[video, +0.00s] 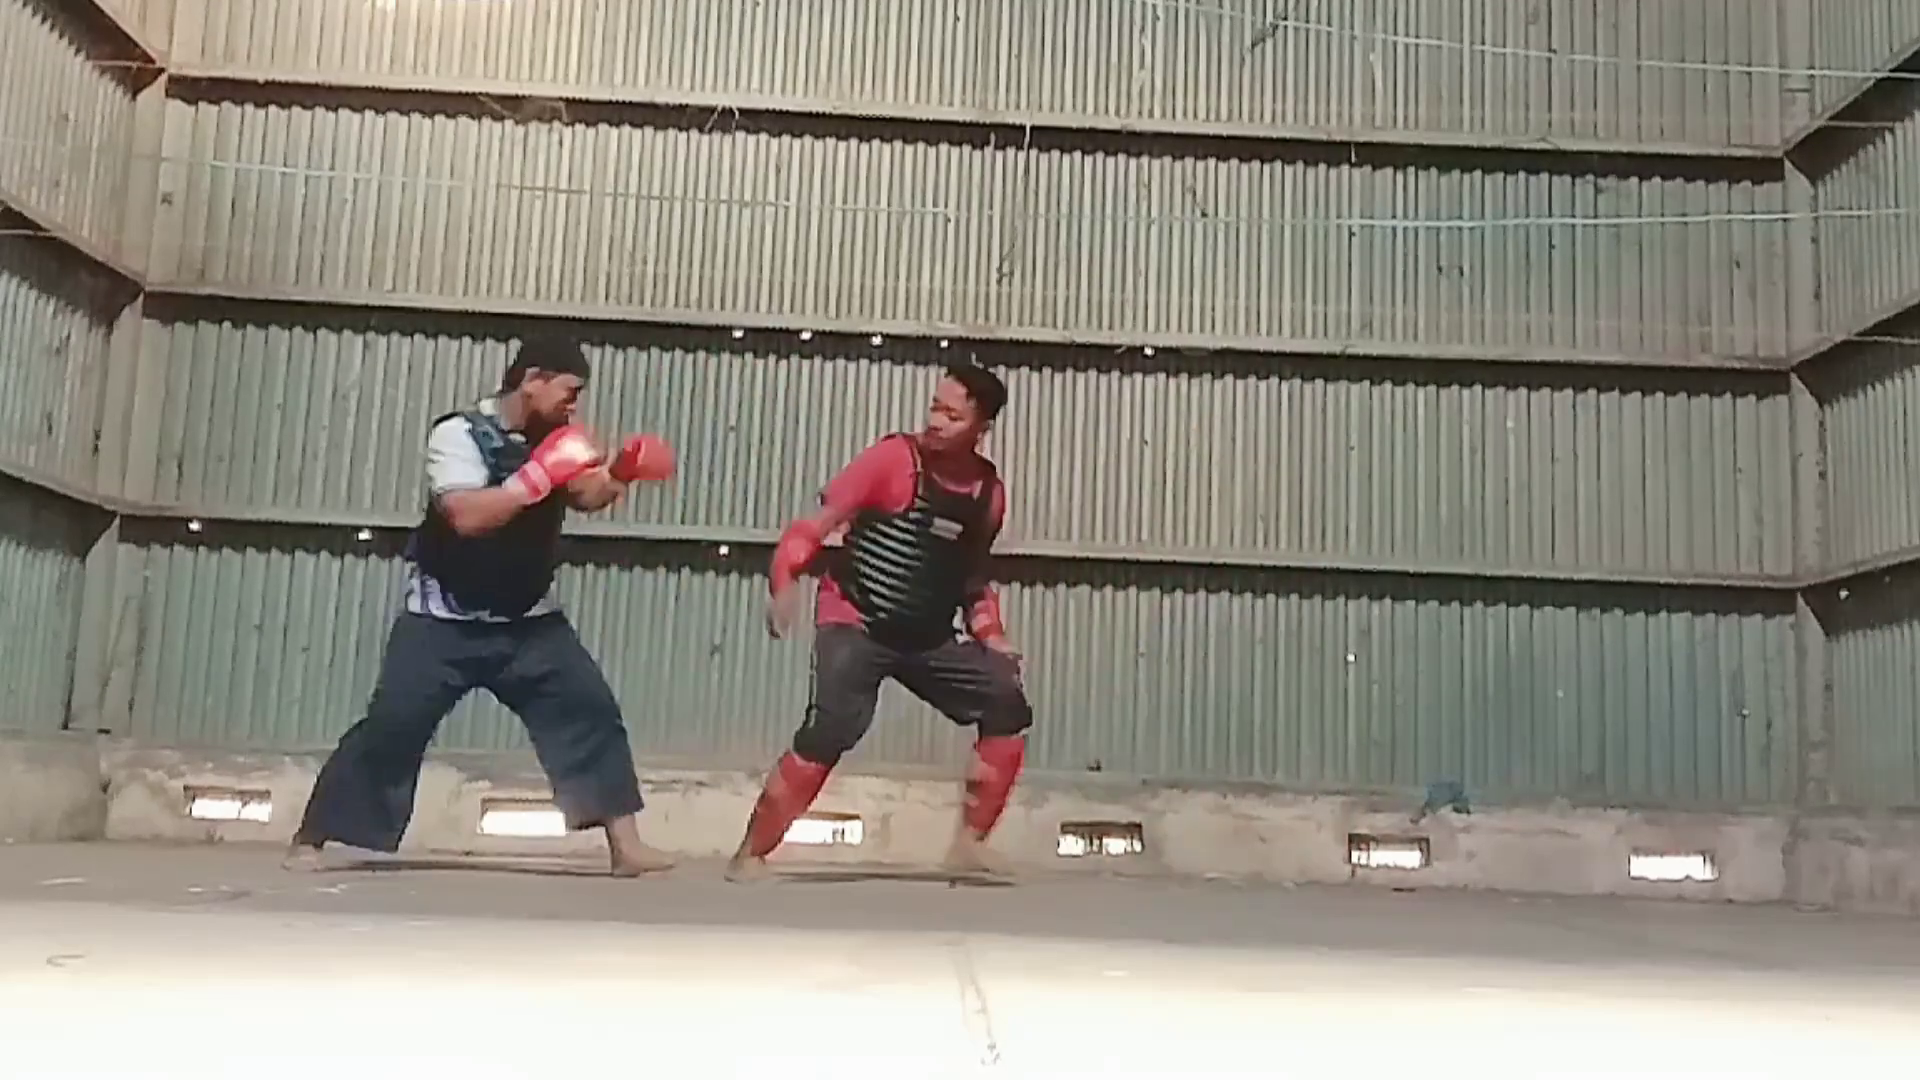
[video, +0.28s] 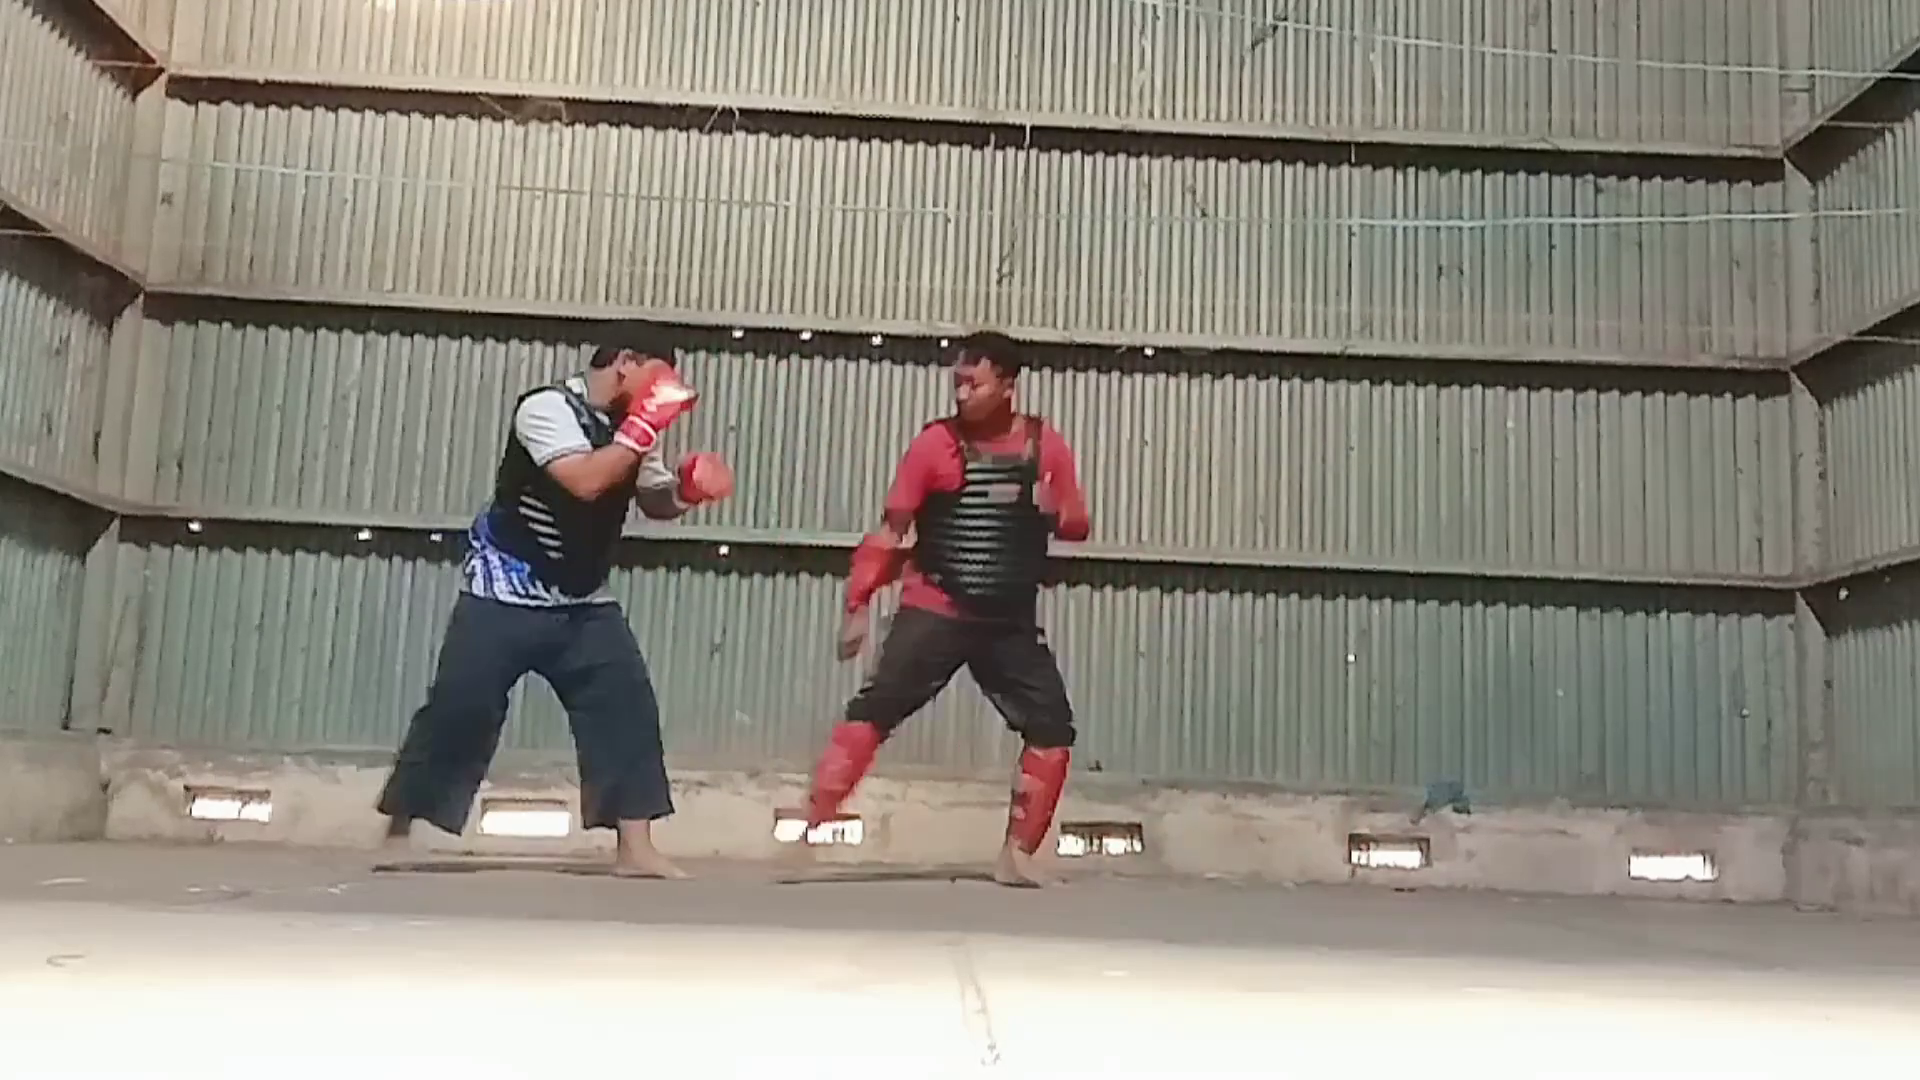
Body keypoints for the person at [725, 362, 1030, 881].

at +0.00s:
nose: (935, 421)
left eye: (951, 415)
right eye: (934, 408)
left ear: (982, 429)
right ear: (930, 405)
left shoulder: (988, 492)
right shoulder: (891, 459)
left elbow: (975, 576)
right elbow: (813, 526)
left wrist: (995, 644)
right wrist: (782, 585)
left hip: (927, 635)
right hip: (855, 624)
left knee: (1006, 704)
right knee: (833, 726)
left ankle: (967, 850)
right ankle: (750, 858)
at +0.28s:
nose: (960, 392)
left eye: (971, 383)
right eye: (957, 382)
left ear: (1008, 386)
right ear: (959, 382)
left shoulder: (1045, 445)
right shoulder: (935, 443)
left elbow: (1077, 527)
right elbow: (892, 530)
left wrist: (1045, 512)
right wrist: (855, 606)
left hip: (1007, 623)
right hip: (934, 615)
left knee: (1052, 731)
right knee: (876, 708)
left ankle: (1017, 856)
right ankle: (810, 831)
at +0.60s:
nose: (1020, 383)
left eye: (1032, 374)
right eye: (1018, 373)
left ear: (1066, 382)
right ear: (1018, 379)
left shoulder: (1107, 444)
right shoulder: (999, 456)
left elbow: (1149, 516)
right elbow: (971, 535)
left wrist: (1123, 533)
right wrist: (967, 598)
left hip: (1100, 618)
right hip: (1029, 622)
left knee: (1148, 722)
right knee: (1019, 738)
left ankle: (1172, 835)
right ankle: (1017, 857)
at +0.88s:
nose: (1078, 396)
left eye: (1087, 386)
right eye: (1076, 387)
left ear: (1123, 389)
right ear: (1087, 391)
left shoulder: (1166, 449)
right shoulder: (1062, 456)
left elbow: (1205, 521)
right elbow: (1036, 536)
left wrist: (1163, 505)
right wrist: (1027, 602)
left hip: (1142, 613)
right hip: (1078, 610)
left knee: (1162, 725)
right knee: (1072, 709)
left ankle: (1178, 851)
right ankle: (1036, 840)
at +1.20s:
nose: (1186, 439)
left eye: (1189, 426)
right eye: (1185, 425)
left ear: (1150, 414)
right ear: (1161, 416)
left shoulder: (1122, 457)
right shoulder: (1120, 459)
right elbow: (1104, 528)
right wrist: (1150, 595)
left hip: (1070, 612)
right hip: (1033, 609)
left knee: (1123, 688)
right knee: (1052, 735)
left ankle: (1100, 811)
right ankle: (1000, 861)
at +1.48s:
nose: (1113, 448)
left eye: (1117, 441)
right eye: (1117, 441)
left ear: (1121, 440)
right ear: (1163, 450)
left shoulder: (1081, 473)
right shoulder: (1161, 481)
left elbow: (1023, 516)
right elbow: (1133, 528)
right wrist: (1117, 576)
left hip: (975, 569)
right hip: (1023, 612)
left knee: (882, 606)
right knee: (1030, 744)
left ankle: (790, 619)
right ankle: (976, 859)